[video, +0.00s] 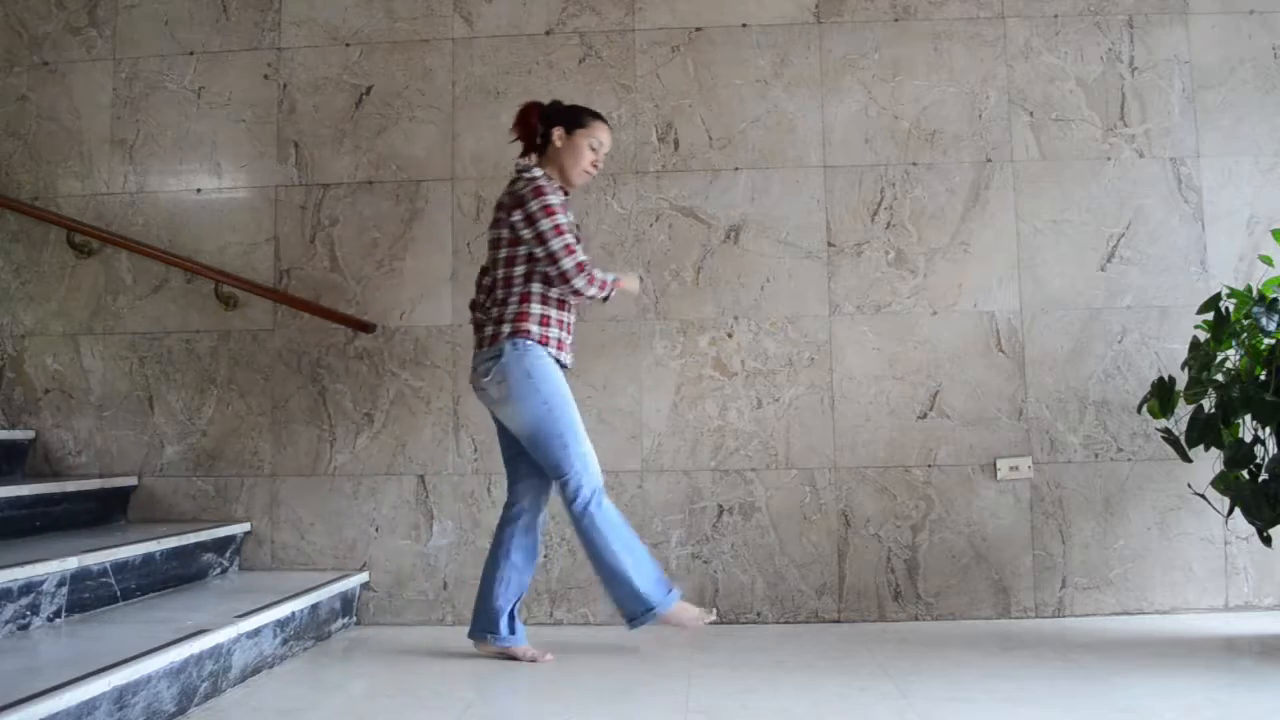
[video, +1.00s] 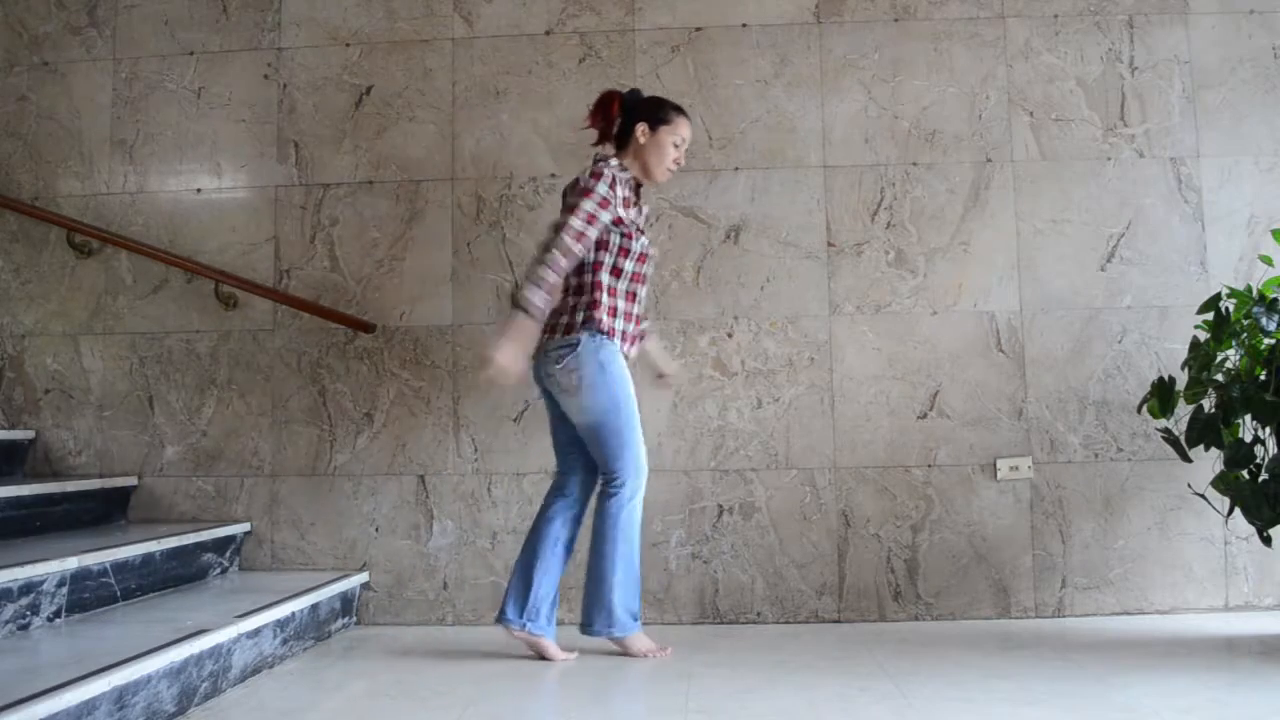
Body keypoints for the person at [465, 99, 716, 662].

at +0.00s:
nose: (598, 164)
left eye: (603, 155)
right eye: (592, 149)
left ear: (565, 148)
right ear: (557, 138)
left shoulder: (524, 194)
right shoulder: (537, 189)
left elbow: (486, 292)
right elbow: (577, 277)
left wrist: (496, 350)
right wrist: (614, 285)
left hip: (505, 359)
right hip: (523, 357)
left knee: (528, 496)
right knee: (583, 481)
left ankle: (495, 629)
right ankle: (656, 600)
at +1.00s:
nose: (680, 159)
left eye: (684, 150)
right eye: (675, 146)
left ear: (651, 143)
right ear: (641, 136)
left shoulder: (626, 198)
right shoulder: (607, 184)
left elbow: (613, 290)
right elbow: (559, 254)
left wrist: (650, 349)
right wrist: (518, 335)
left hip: (569, 350)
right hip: (587, 349)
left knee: (575, 481)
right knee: (627, 473)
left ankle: (527, 614)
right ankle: (615, 618)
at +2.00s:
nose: (693, 130)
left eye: (694, 121)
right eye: (682, 120)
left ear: (678, 129)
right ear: (643, 126)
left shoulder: (685, 193)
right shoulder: (615, 183)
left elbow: (705, 253)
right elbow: (585, 251)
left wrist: (766, 215)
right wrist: (573, 175)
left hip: (684, 345)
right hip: (636, 343)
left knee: (714, 461)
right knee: (646, 471)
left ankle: (707, 603)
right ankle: (620, 619)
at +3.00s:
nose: (767, 133)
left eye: (767, 125)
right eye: (757, 123)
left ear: (732, 131)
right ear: (722, 128)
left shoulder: (738, 184)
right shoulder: (718, 172)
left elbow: (717, 278)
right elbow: (681, 247)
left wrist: (692, 355)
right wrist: (670, 318)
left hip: (730, 342)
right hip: (731, 342)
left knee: (734, 487)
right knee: (776, 479)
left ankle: (703, 620)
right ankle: (781, 628)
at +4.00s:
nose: (806, 108)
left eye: (805, 97)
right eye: (797, 96)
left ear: (758, 104)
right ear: (763, 101)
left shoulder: (742, 168)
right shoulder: (761, 159)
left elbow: (786, 259)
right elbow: (818, 247)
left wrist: (840, 309)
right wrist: (841, 300)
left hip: (767, 339)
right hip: (768, 339)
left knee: (832, 482)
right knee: (782, 495)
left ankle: (755, 633)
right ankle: (745, 658)